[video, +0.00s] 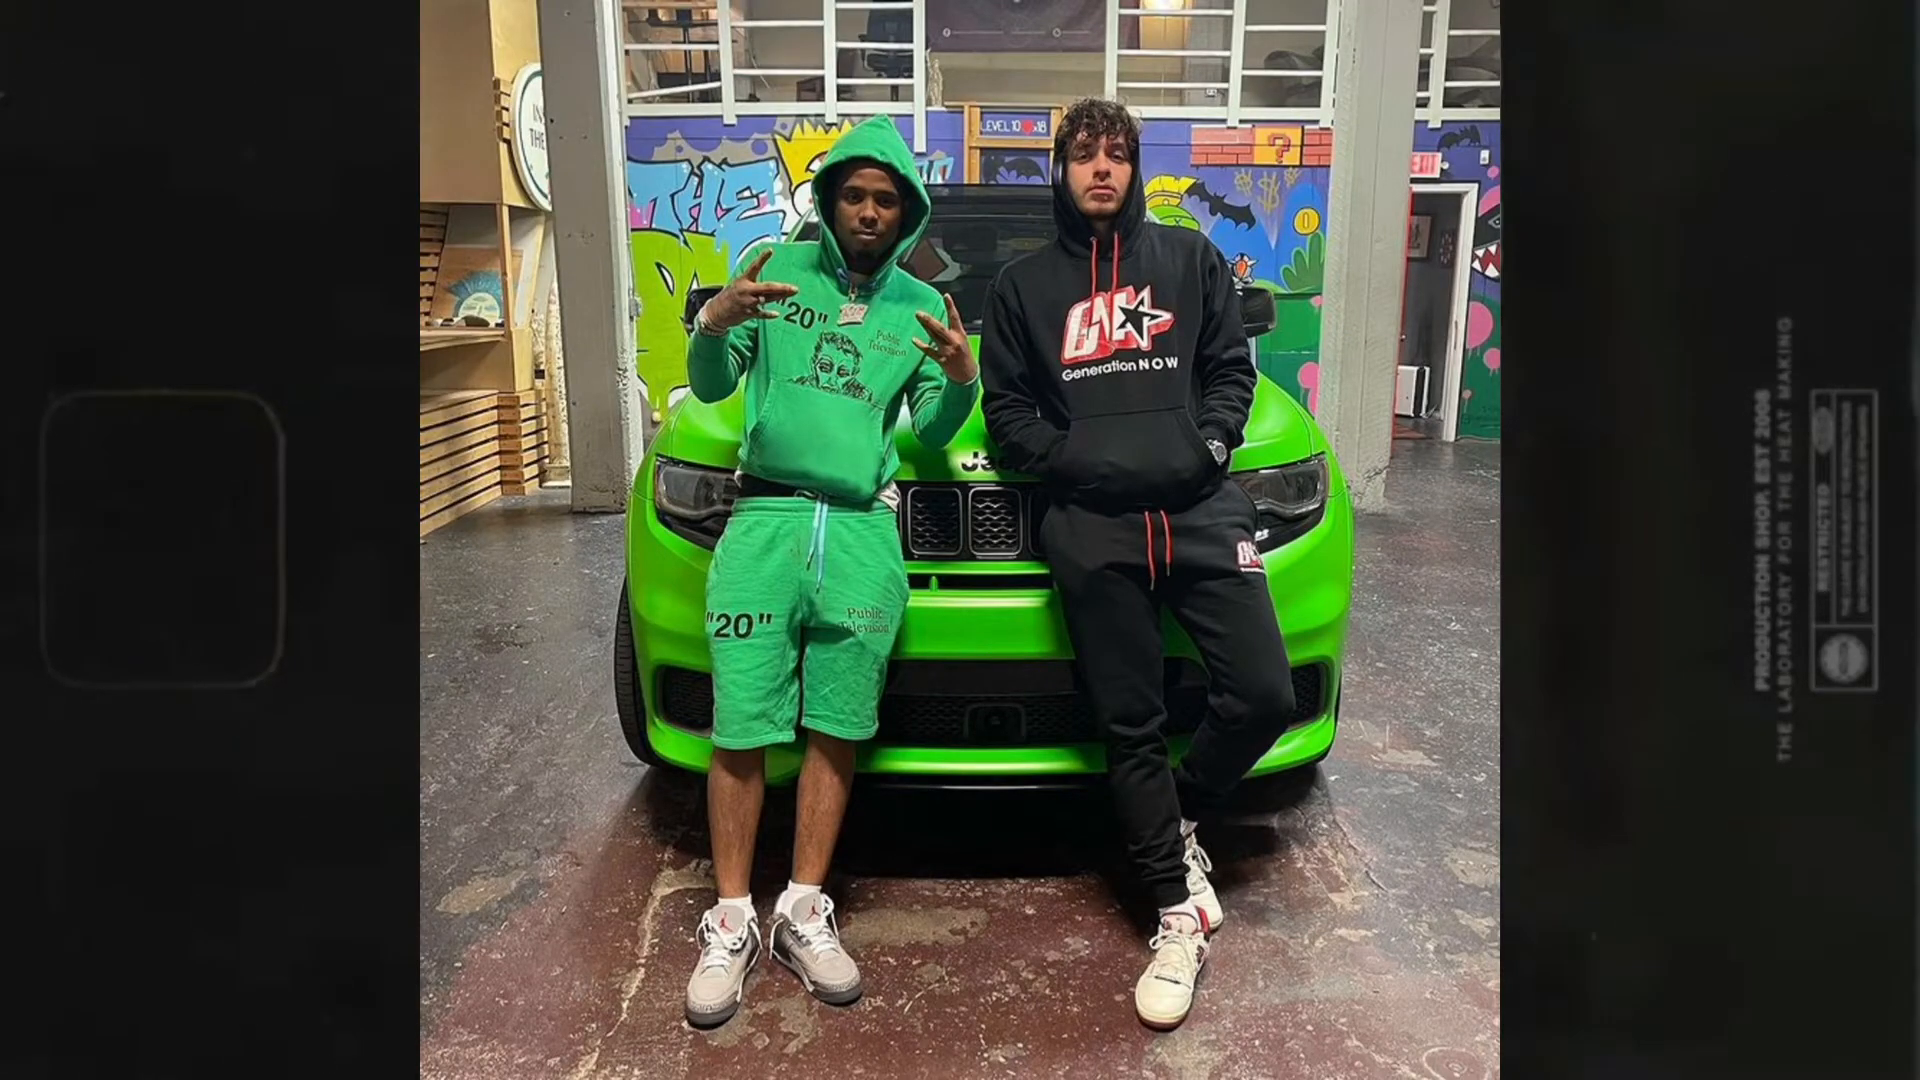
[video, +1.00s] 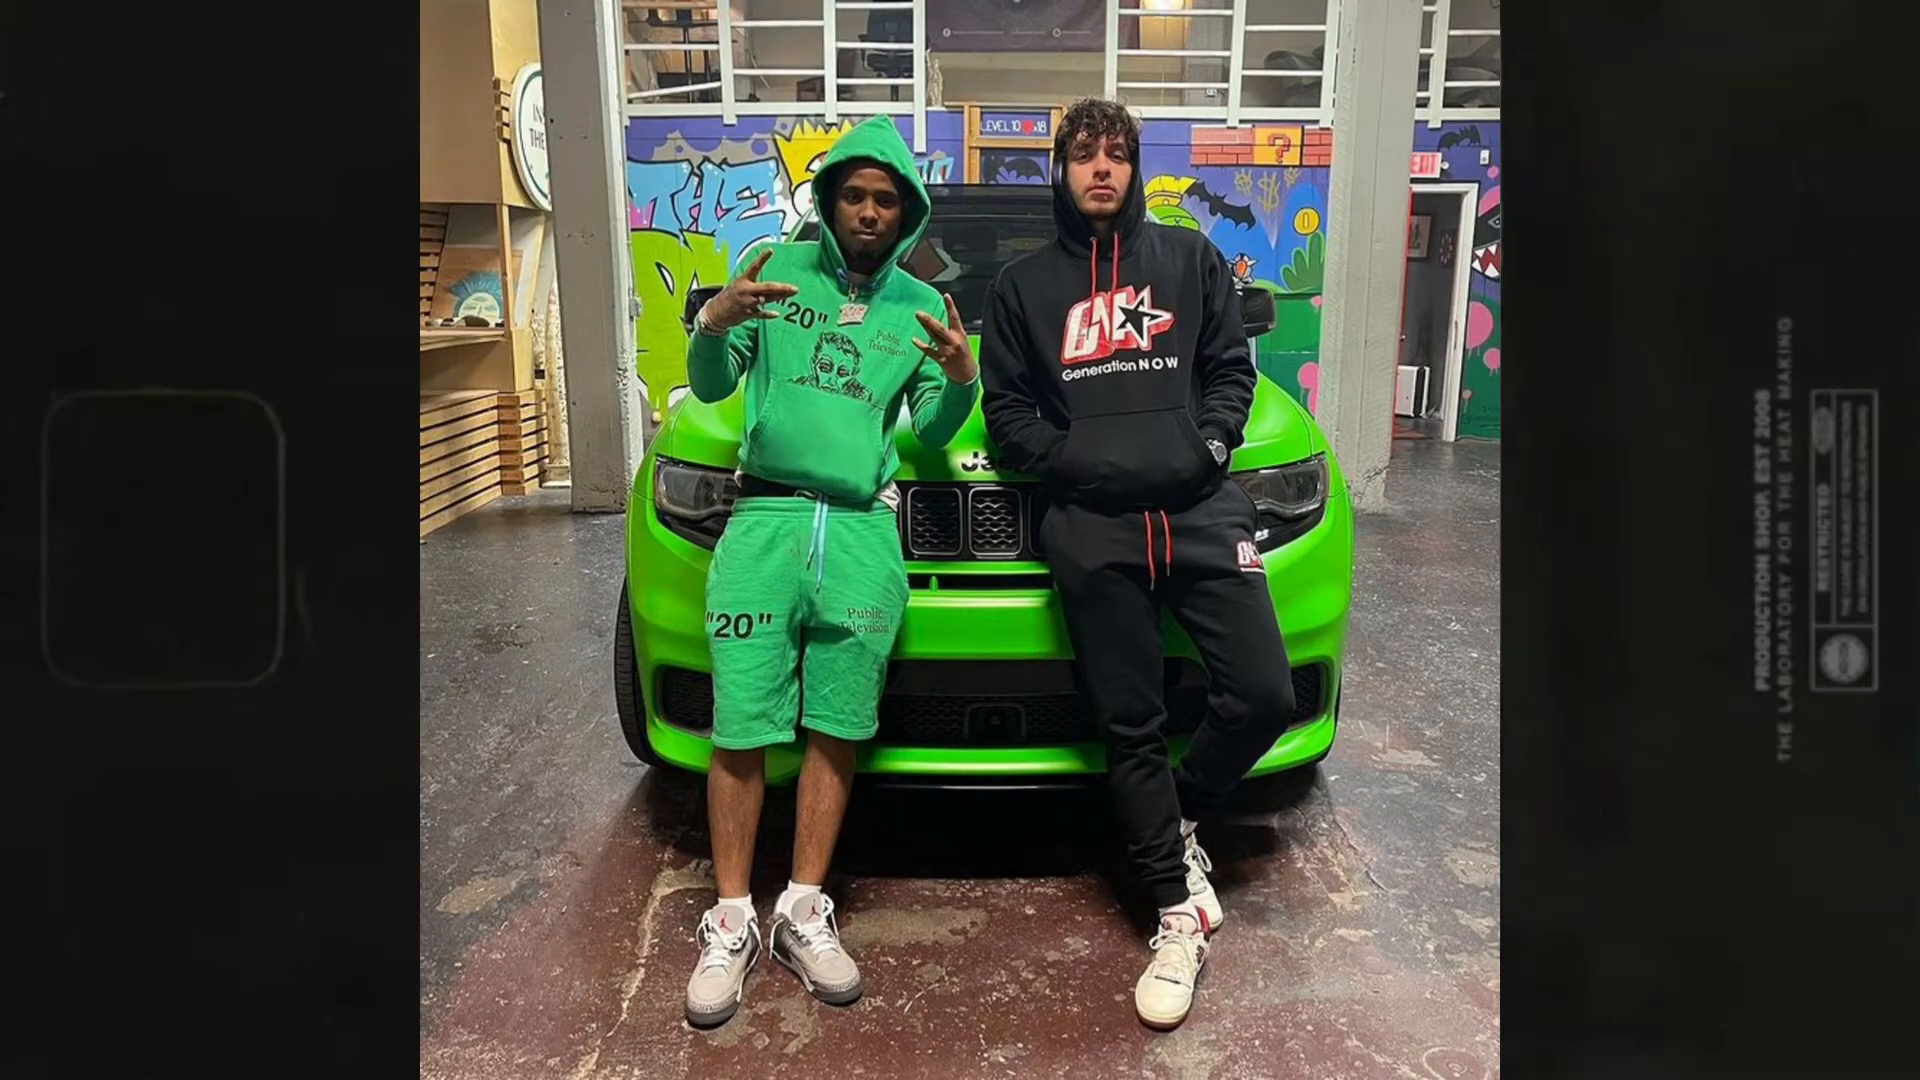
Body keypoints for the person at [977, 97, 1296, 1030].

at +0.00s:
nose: (1101, 171)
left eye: (1115, 159)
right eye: (1086, 159)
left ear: (1137, 170)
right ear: (1061, 172)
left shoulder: (1193, 257)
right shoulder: (1019, 281)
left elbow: (1232, 367)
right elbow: (1005, 405)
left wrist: (1208, 445)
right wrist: (1066, 456)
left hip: (1200, 502)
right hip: (1090, 513)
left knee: (1262, 693)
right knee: (1131, 719)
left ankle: (1180, 820)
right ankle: (1179, 917)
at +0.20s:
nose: (1101, 171)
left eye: (1115, 159)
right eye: (1086, 159)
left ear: (1137, 170)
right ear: (1061, 172)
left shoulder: (1193, 257)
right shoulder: (1019, 281)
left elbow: (1232, 367)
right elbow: (1005, 405)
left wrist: (1208, 445)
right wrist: (1066, 456)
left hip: (1200, 502)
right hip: (1090, 513)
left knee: (1262, 693)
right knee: (1131, 719)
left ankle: (1179, 819)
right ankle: (1179, 917)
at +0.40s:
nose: (1101, 171)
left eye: (1115, 159)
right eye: (1086, 159)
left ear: (1137, 170)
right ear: (1061, 172)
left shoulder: (1193, 257)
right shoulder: (1019, 281)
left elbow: (1232, 367)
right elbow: (1005, 405)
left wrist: (1208, 445)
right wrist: (1066, 456)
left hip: (1200, 502)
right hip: (1090, 513)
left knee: (1262, 693)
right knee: (1131, 719)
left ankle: (1179, 819)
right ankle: (1179, 917)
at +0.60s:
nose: (1101, 171)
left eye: (1115, 159)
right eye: (1086, 159)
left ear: (1137, 170)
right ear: (1061, 172)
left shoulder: (1193, 257)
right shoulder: (1019, 281)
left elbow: (1232, 367)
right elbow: (1005, 405)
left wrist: (1208, 445)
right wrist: (1066, 456)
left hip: (1200, 502)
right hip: (1090, 513)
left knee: (1262, 693)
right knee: (1131, 719)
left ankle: (1179, 819)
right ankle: (1179, 917)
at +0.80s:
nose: (1101, 171)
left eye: (1115, 159)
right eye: (1086, 159)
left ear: (1137, 170)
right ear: (1061, 172)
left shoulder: (1193, 257)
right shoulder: (1019, 281)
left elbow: (1232, 367)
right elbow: (1005, 405)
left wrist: (1208, 445)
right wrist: (1066, 456)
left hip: (1200, 502)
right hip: (1090, 513)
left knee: (1262, 693)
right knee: (1131, 719)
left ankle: (1179, 819)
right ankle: (1179, 917)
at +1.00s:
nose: (1101, 171)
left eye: (1115, 159)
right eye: (1086, 159)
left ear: (1137, 170)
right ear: (1061, 172)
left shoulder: (1193, 257)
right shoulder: (1019, 281)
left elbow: (1232, 367)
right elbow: (1005, 405)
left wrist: (1208, 445)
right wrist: (1066, 456)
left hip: (1200, 502)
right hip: (1090, 513)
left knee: (1262, 693)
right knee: (1131, 719)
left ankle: (1179, 819)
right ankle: (1179, 917)